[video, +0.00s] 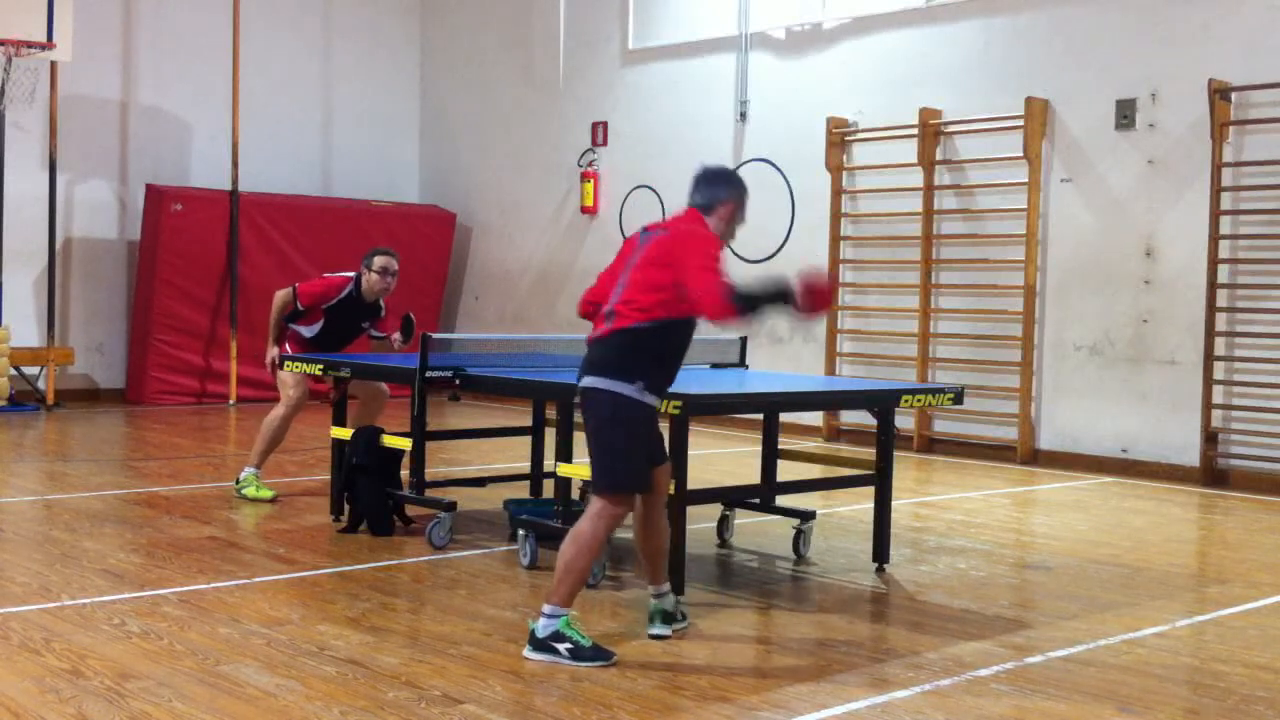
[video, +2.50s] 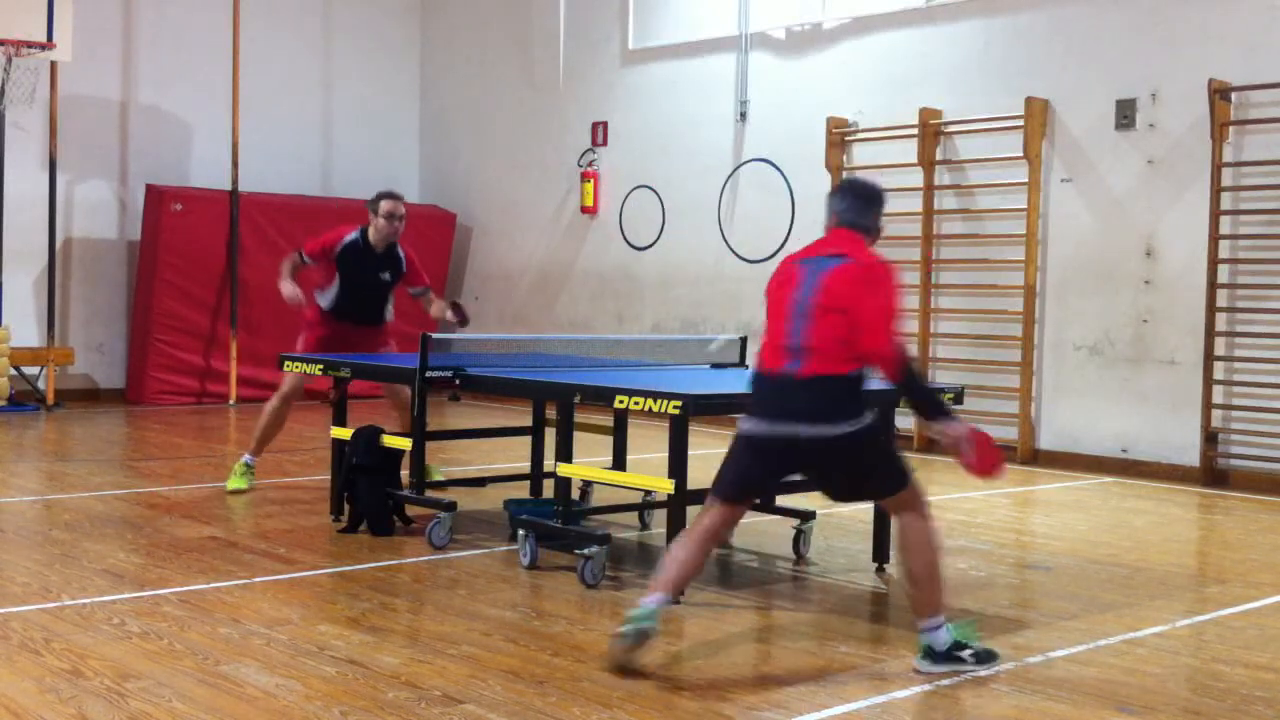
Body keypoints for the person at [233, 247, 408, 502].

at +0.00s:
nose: (389, 281)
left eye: (394, 275)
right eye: (384, 273)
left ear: (396, 279)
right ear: (365, 272)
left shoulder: (378, 306)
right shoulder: (336, 286)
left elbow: (376, 351)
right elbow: (282, 297)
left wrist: (392, 344)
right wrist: (272, 343)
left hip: (330, 355)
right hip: (294, 347)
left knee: (377, 394)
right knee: (295, 397)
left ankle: (353, 465)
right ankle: (249, 475)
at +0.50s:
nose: (360, 250)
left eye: (366, 244)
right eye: (356, 241)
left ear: (369, 247)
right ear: (338, 237)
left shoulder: (349, 274)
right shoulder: (309, 256)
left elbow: (346, 309)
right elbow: (267, 296)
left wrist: (369, 334)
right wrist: (305, 330)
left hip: (320, 348)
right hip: (280, 343)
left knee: (366, 397)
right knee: (266, 401)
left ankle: (347, 467)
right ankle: (225, 472)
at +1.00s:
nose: (354, 260)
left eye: (361, 254)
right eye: (348, 253)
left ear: (371, 250)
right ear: (339, 247)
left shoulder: (379, 271)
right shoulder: (324, 256)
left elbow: (410, 316)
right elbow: (291, 256)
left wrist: (381, 312)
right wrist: (258, 265)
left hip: (362, 348)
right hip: (314, 342)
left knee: (396, 398)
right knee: (263, 395)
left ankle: (397, 474)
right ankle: (222, 473)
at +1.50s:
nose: (331, 221)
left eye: (335, 215)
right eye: (324, 214)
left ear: (338, 217)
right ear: (305, 214)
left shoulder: (329, 252)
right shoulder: (279, 238)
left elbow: (341, 287)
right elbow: (228, 266)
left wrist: (368, 308)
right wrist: (266, 274)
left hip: (307, 331)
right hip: (263, 330)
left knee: (354, 387)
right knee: (238, 405)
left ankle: (333, 462)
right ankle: (208, 452)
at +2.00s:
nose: (350, 253)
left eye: (353, 247)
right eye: (345, 245)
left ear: (344, 250)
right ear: (322, 242)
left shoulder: (328, 289)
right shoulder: (290, 257)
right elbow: (235, 263)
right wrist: (269, 278)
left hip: (273, 356)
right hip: (239, 343)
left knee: (330, 389)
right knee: (220, 410)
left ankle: (318, 472)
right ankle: (159, 481)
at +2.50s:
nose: (396, 225)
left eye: (401, 219)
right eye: (390, 217)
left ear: (405, 222)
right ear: (371, 217)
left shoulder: (402, 258)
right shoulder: (343, 241)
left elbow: (429, 301)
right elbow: (293, 260)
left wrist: (444, 311)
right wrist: (286, 282)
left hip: (373, 336)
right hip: (325, 330)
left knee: (404, 397)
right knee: (288, 392)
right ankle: (247, 463)